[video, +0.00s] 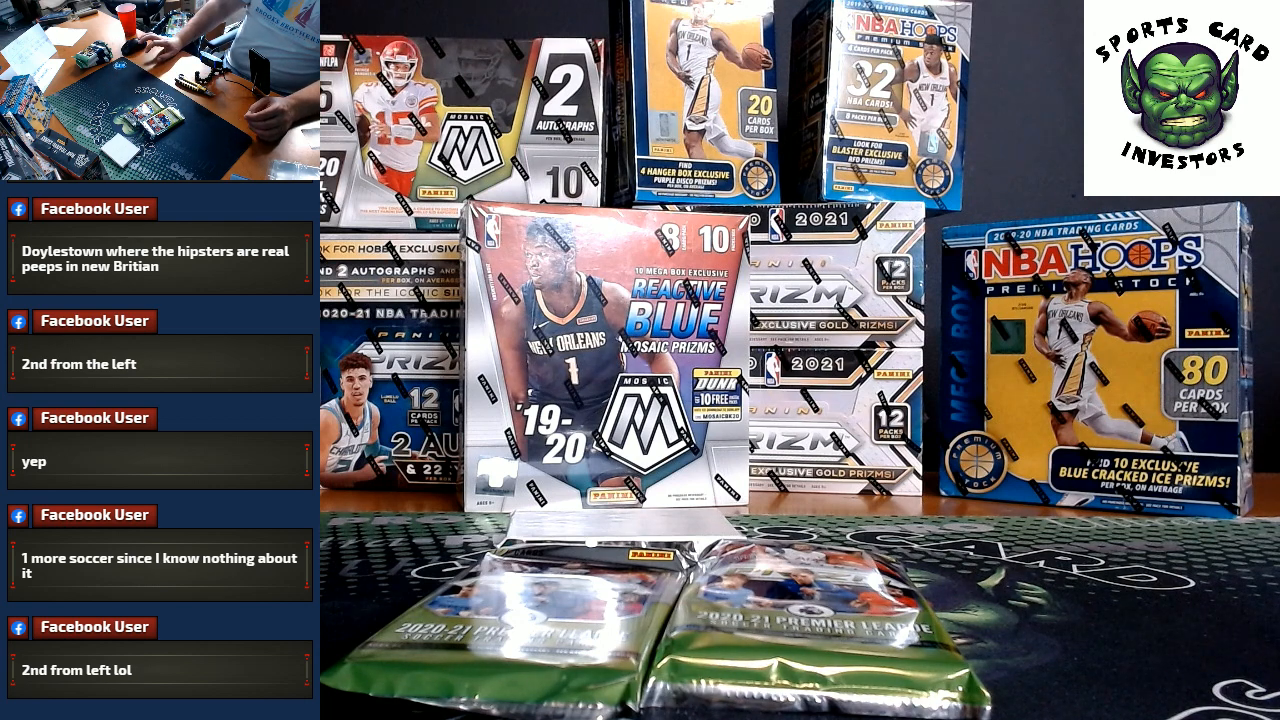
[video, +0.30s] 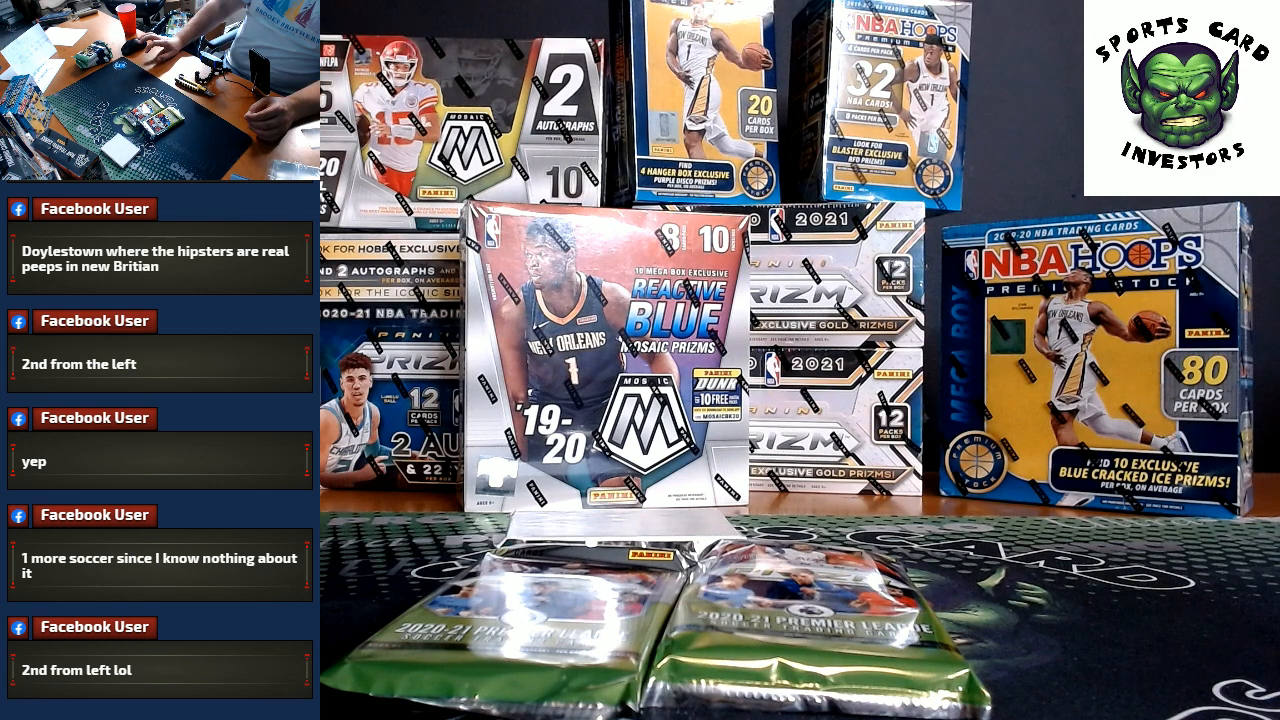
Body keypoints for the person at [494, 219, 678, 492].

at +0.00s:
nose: (532, 263)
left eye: (542, 254)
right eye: (529, 255)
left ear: (570, 255)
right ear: (524, 258)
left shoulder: (611, 299)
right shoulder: (513, 312)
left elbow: (658, 357)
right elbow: (518, 399)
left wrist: (663, 414)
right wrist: (524, 460)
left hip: (610, 423)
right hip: (549, 427)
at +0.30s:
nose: (532, 263)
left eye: (542, 254)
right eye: (529, 255)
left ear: (569, 256)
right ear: (525, 259)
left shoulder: (611, 299)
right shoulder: (513, 313)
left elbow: (658, 357)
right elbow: (518, 399)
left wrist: (663, 414)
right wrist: (525, 460)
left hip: (610, 421)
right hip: (549, 426)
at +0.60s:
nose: (532, 263)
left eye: (542, 254)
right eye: (529, 255)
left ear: (570, 256)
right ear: (525, 258)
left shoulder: (611, 299)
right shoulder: (513, 312)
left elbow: (658, 357)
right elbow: (518, 399)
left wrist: (662, 413)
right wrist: (524, 461)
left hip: (610, 424)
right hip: (549, 428)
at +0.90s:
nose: (532, 263)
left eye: (542, 254)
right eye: (529, 255)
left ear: (569, 255)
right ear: (524, 258)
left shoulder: (611, 299)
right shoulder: (513, 313)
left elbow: (658, 357)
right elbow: (518, 399)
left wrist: (662, 413)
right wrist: (524, 461)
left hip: (610, 423)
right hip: (549, 427)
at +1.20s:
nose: (532, 263)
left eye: (542, 254)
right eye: (529, 255)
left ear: (570, 255)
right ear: (524, 258)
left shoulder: (611, 299)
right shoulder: (513, 312)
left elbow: (658, 357)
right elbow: (518, 399)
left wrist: (663, 415)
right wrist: (523, 461)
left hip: (610, 421)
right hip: (549, 426)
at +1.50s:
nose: (532, 263)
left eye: (542, 254)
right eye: (529, 255)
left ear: (570, 255)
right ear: (525, 259)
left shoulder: (611, 299)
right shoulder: (513, 313)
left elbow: (658, 357)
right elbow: (518, 398)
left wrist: (662, 413)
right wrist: (524, 460)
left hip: (610, 422)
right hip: (549, 427)